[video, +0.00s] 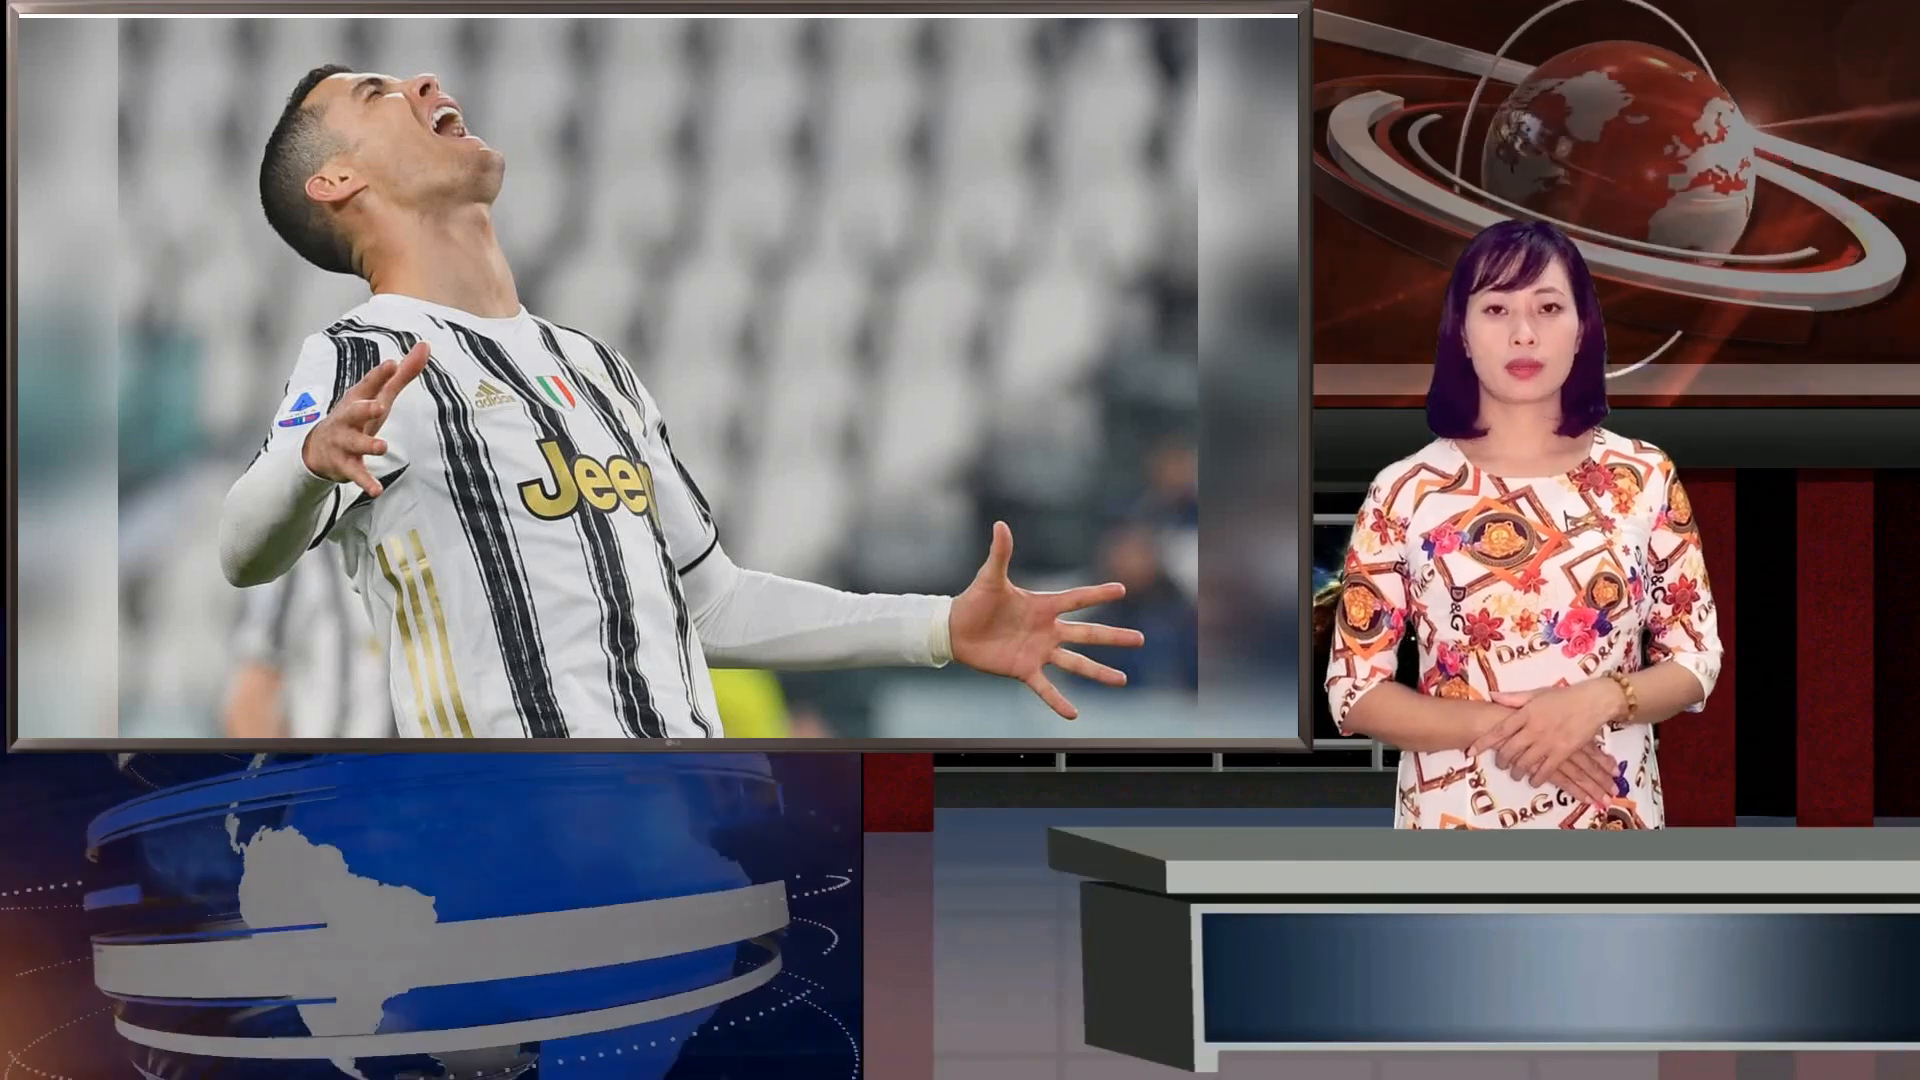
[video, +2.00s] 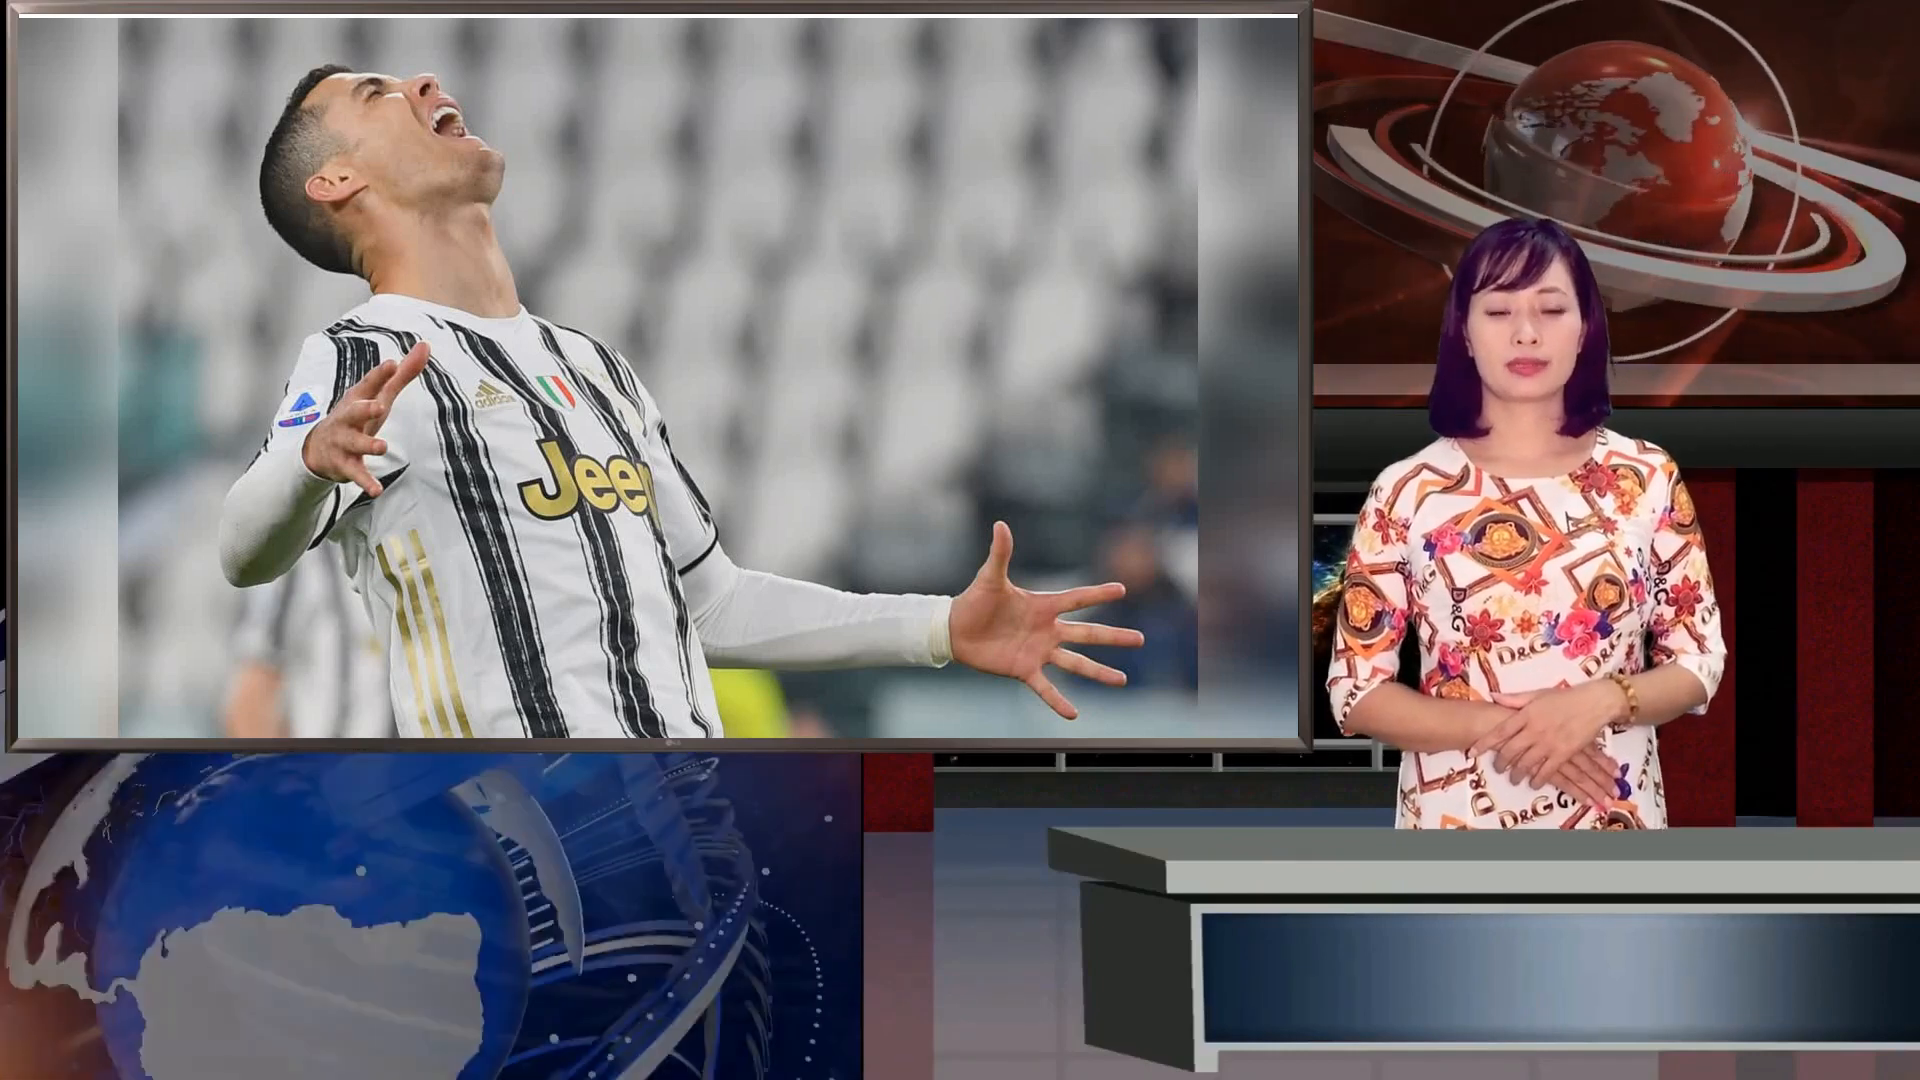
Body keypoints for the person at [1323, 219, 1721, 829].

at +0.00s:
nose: (1523, 332)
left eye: (1548, 308)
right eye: (1496, 309)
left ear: (1582, 328)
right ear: (1461, 331)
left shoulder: (1643, 479)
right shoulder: (1404, 493)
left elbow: (1696, 659)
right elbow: (1354, 691)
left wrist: (1598, 699)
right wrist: (1512, 730)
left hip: (1611, 832)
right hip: (1454, 832)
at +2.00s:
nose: (1526, 332)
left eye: (1552, 309)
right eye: (1498, 311)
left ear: (1586, 326)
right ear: (1463, 330)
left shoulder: (1645, 478)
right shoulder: (1405, 492)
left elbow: (1698, 662)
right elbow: (1355, 691)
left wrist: (1599, 701)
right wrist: (1509, 730)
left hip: (1612, 833)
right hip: (1455, 832)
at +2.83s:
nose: (1534, 330)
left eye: (1559, 308)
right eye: (1507, 310)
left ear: (1592, 326)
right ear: (1470, 329)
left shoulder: (1651, 478)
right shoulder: (1411, 490)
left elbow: (1703, 659)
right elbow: (1360, 689)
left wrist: (1606, 699)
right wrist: (1518, 729)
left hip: (1616, 831)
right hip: (1461, 831)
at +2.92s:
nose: (1534, 330)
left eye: (1559, 307)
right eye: (1506, 309)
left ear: (1592, 326)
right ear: (1470, 329)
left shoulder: (1650, 478)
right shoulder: (1411, 490)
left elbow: (1703, 660)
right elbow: (1360, 689)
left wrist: (1606, 699)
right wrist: (1519, 729)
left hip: (1616, 831)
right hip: (1460, 831)